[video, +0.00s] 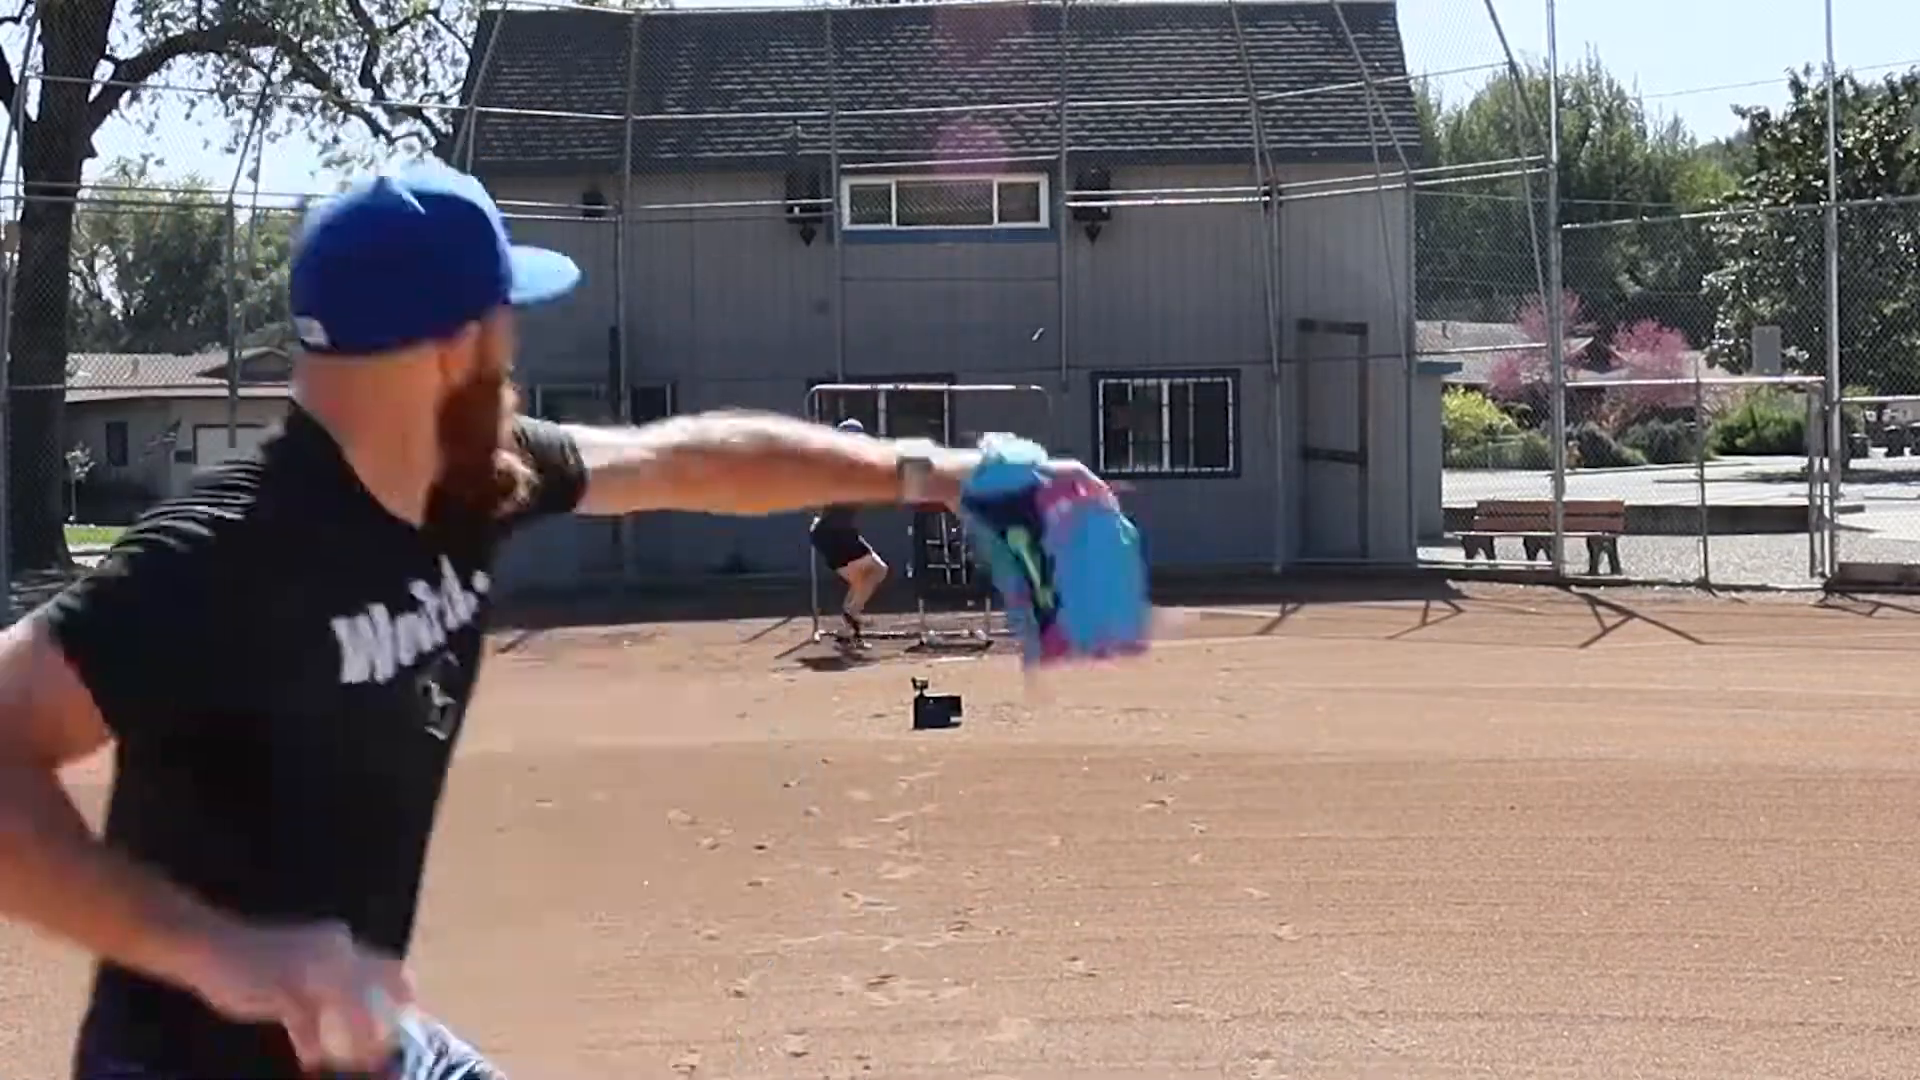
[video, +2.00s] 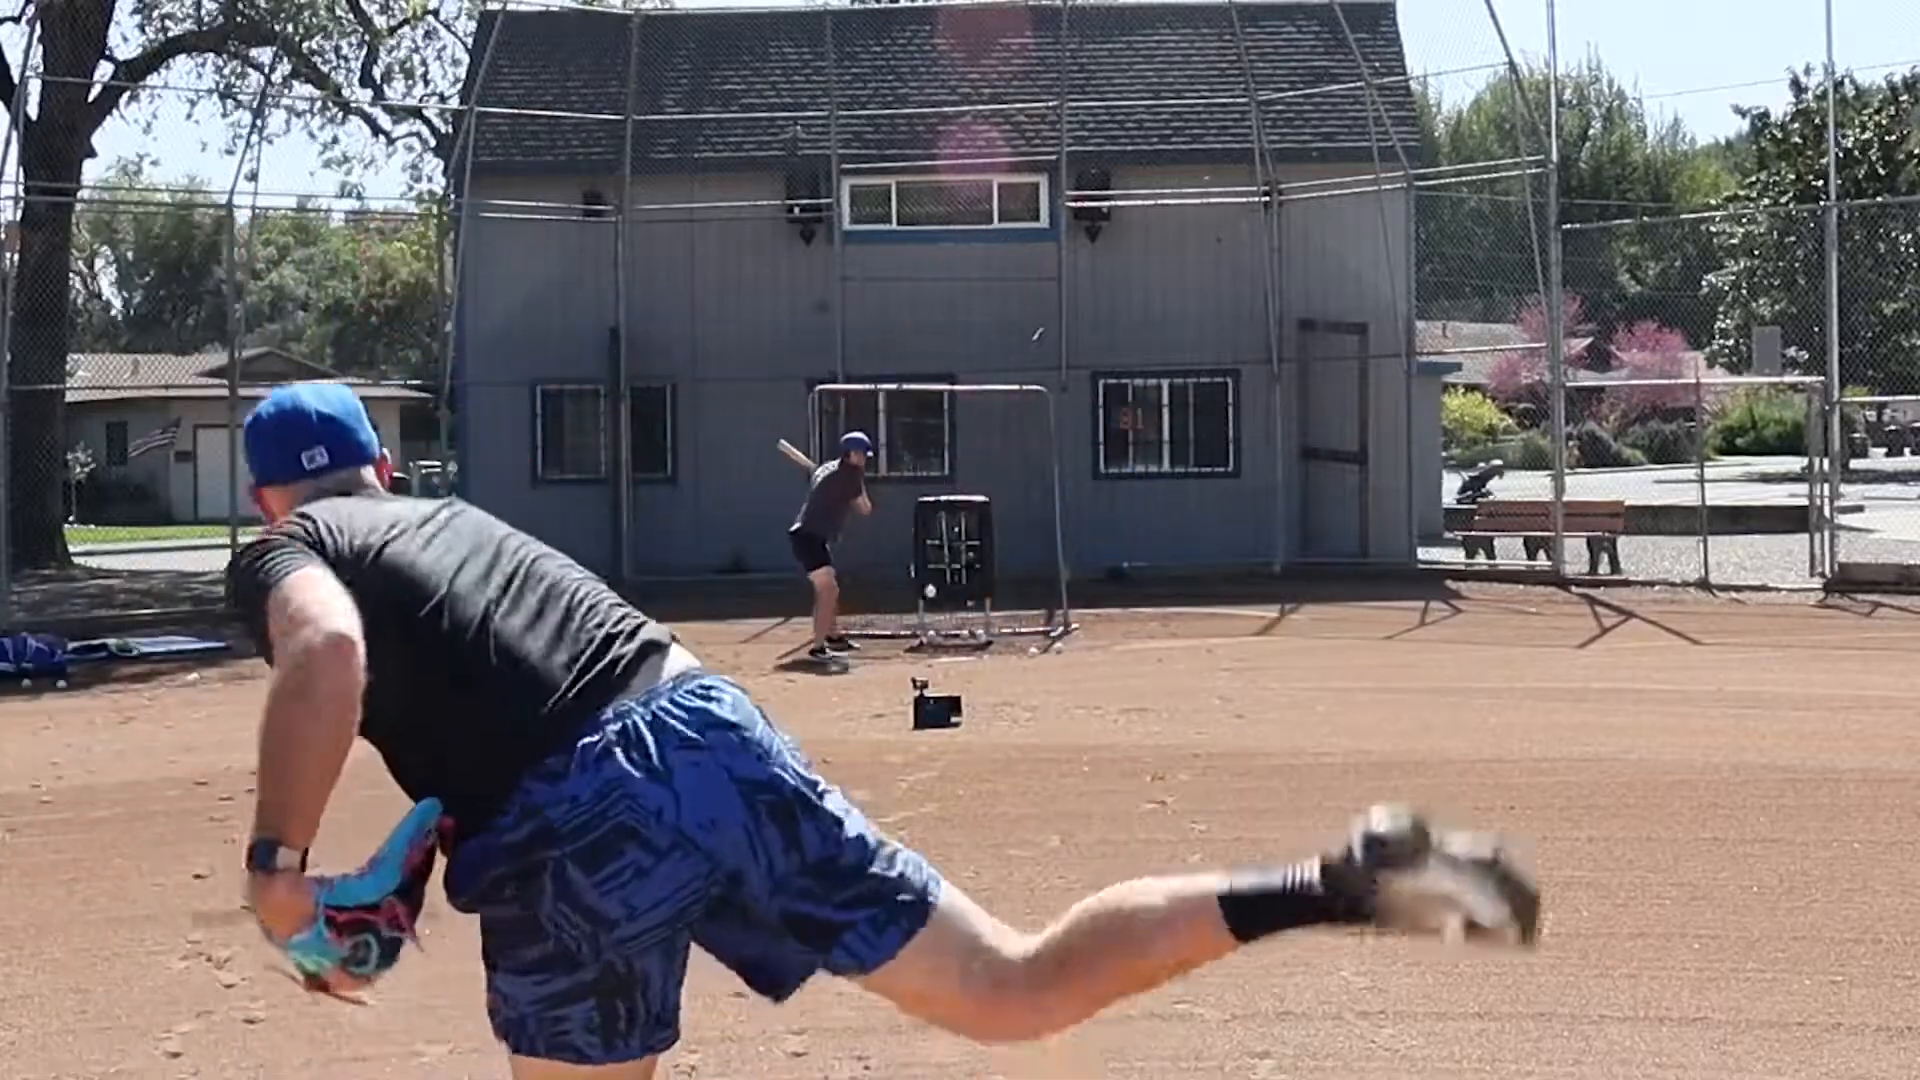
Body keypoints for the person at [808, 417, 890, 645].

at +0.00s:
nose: (856, 444)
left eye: (857, 440)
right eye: (853, 439)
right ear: (846, 442)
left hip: (823, 528)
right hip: (838, 528)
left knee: (858, 579)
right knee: (877, 568)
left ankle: (847, 632)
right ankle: (854, 609)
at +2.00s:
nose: (864, 459)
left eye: (865, 454)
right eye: (861, 454)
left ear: (848, 455)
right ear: (850, 454)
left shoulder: (828, 467)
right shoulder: (849, 474)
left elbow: (814, 471)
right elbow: (864, 508)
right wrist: (858, 481)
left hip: (808, 534)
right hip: (810, 536)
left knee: (830, 589)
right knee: (827, 589)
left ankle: (832, 633)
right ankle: (818, 645)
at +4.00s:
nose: (858, 469)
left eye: (863, 465)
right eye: (855, 464)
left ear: (868, 469)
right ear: (848, 465)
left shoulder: (865, 489)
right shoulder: (836, 491)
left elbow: (830, 488)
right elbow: (815, 515)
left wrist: (797, 482)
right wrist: (795, 494)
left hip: (847, 553)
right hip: (822, 548)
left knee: (845, 610)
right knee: (813, 595)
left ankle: (854, 631)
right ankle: (803, 643)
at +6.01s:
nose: (859, 461)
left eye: (860, 456)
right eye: (855, 456)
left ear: (845, 457)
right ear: (844, 457)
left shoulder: (828, 472)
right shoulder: (849, 478)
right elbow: (870, 493)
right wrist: (859, 472)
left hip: (826, 541)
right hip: (816, 542)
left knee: (853, 587)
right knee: (842, 588)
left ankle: (838, 635)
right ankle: (822, 634)